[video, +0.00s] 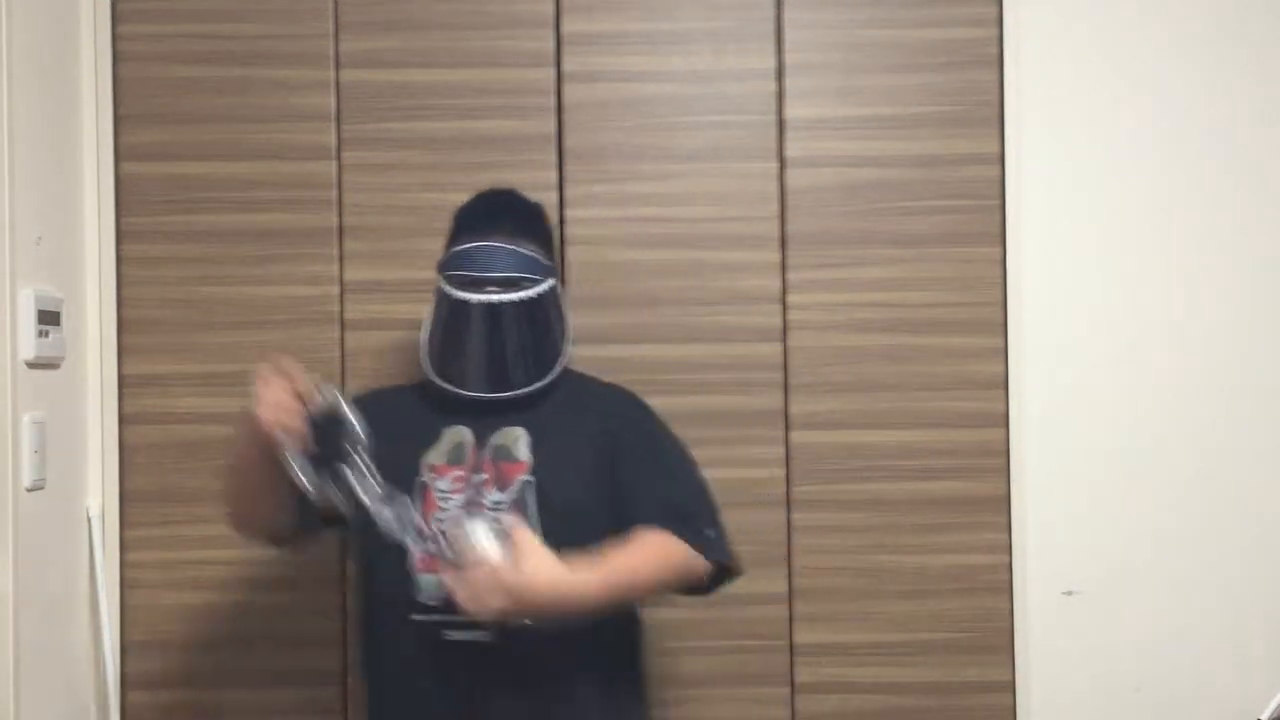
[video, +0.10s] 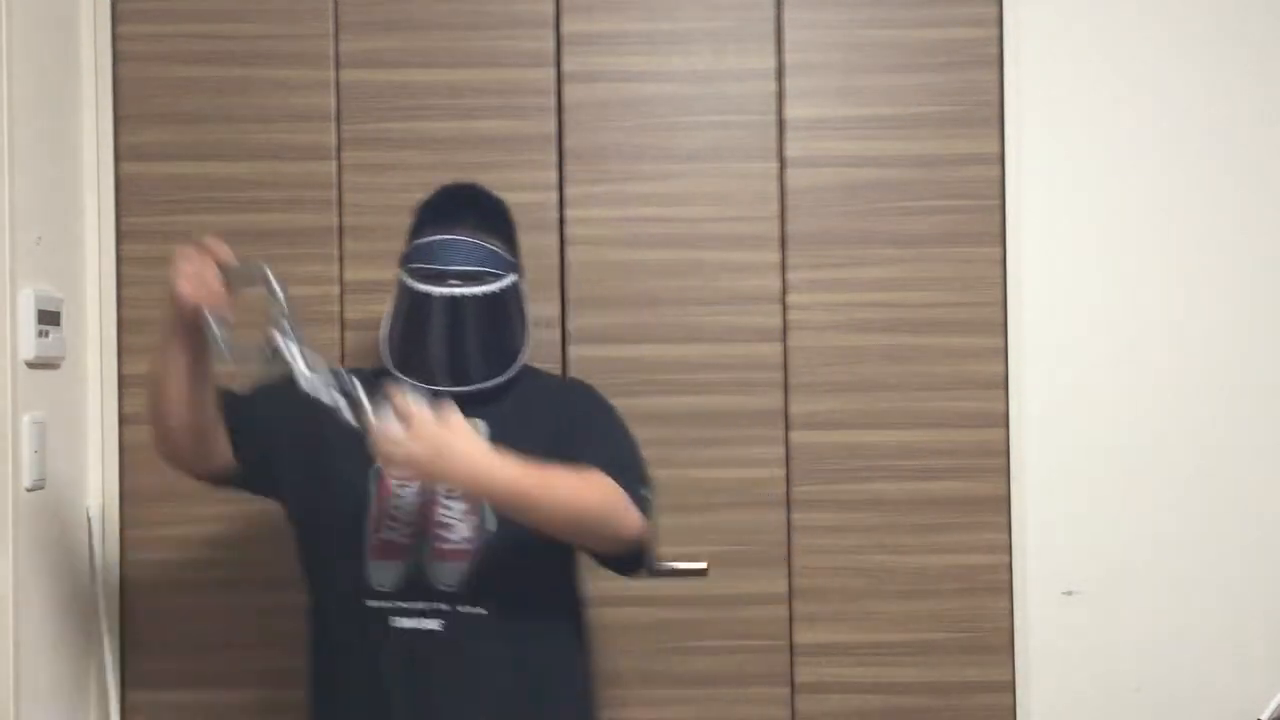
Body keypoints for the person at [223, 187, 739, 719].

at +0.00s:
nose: (492, 327)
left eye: (514, 304)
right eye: (471, 303)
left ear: (550, 301)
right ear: (443, 298)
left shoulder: (612, 422)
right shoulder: (375, 424)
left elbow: (693, 546)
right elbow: (267, 521)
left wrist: (561, 586)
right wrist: (266, 443)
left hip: (578, 700)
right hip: (418, 700)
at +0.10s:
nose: (451, 304)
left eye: (475, 286)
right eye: (431, 283)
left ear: (511, 291)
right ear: (402, 284)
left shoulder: (563, 413)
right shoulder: (324, 409)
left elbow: (621, 522)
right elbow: (195, 445)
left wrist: (468, 466)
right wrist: (189, 327)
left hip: (526, 704)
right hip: (362, 703)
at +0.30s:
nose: (401, 305)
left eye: (424, 283)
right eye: (379, 282)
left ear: (459, 289)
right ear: (344, 282)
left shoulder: (507, 397)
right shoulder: (282, 393)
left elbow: (531, 483)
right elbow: (131, 385)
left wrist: (398, 377)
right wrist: (114, 245)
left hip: (459, 702)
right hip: (294, 700)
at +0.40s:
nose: (386, 311)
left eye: (408, 286)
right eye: (362, 285)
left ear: (446, 291)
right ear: (331, 285)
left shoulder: (495, 401)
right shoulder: (262, 395)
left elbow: (522, 493)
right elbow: (109, 399)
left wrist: (390, 398)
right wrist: (102, 272)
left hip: (440, 704)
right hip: (268, 703)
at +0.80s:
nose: (433, 311)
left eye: (454, 292)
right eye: (415, 289)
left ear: (488, 297)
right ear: (382, 288)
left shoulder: (544, 428)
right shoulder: (308, 423)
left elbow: (597, 571)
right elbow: (240, 524)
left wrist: (519, 668)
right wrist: (210, 572)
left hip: (479, 701)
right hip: (322, 699)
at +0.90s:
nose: (470, 332)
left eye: (491, 312)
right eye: (449, 311)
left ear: (524, 311)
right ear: (417, 306)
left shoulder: (585, 439)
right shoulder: (346, 441)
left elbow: (619, 602)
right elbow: (298, 574)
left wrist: (577, 708)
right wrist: (291, 648)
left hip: (521, 699)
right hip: (369, 701)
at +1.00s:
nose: (516, 334)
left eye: (536, 313)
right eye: (494, 314)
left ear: (570, 311)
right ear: (462, 309)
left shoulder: (638, 440)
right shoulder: (400, 446)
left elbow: (686, 580)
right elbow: (338, 571)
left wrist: (650, 693)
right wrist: (357, 636)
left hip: (590, 704)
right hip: (441, 701)